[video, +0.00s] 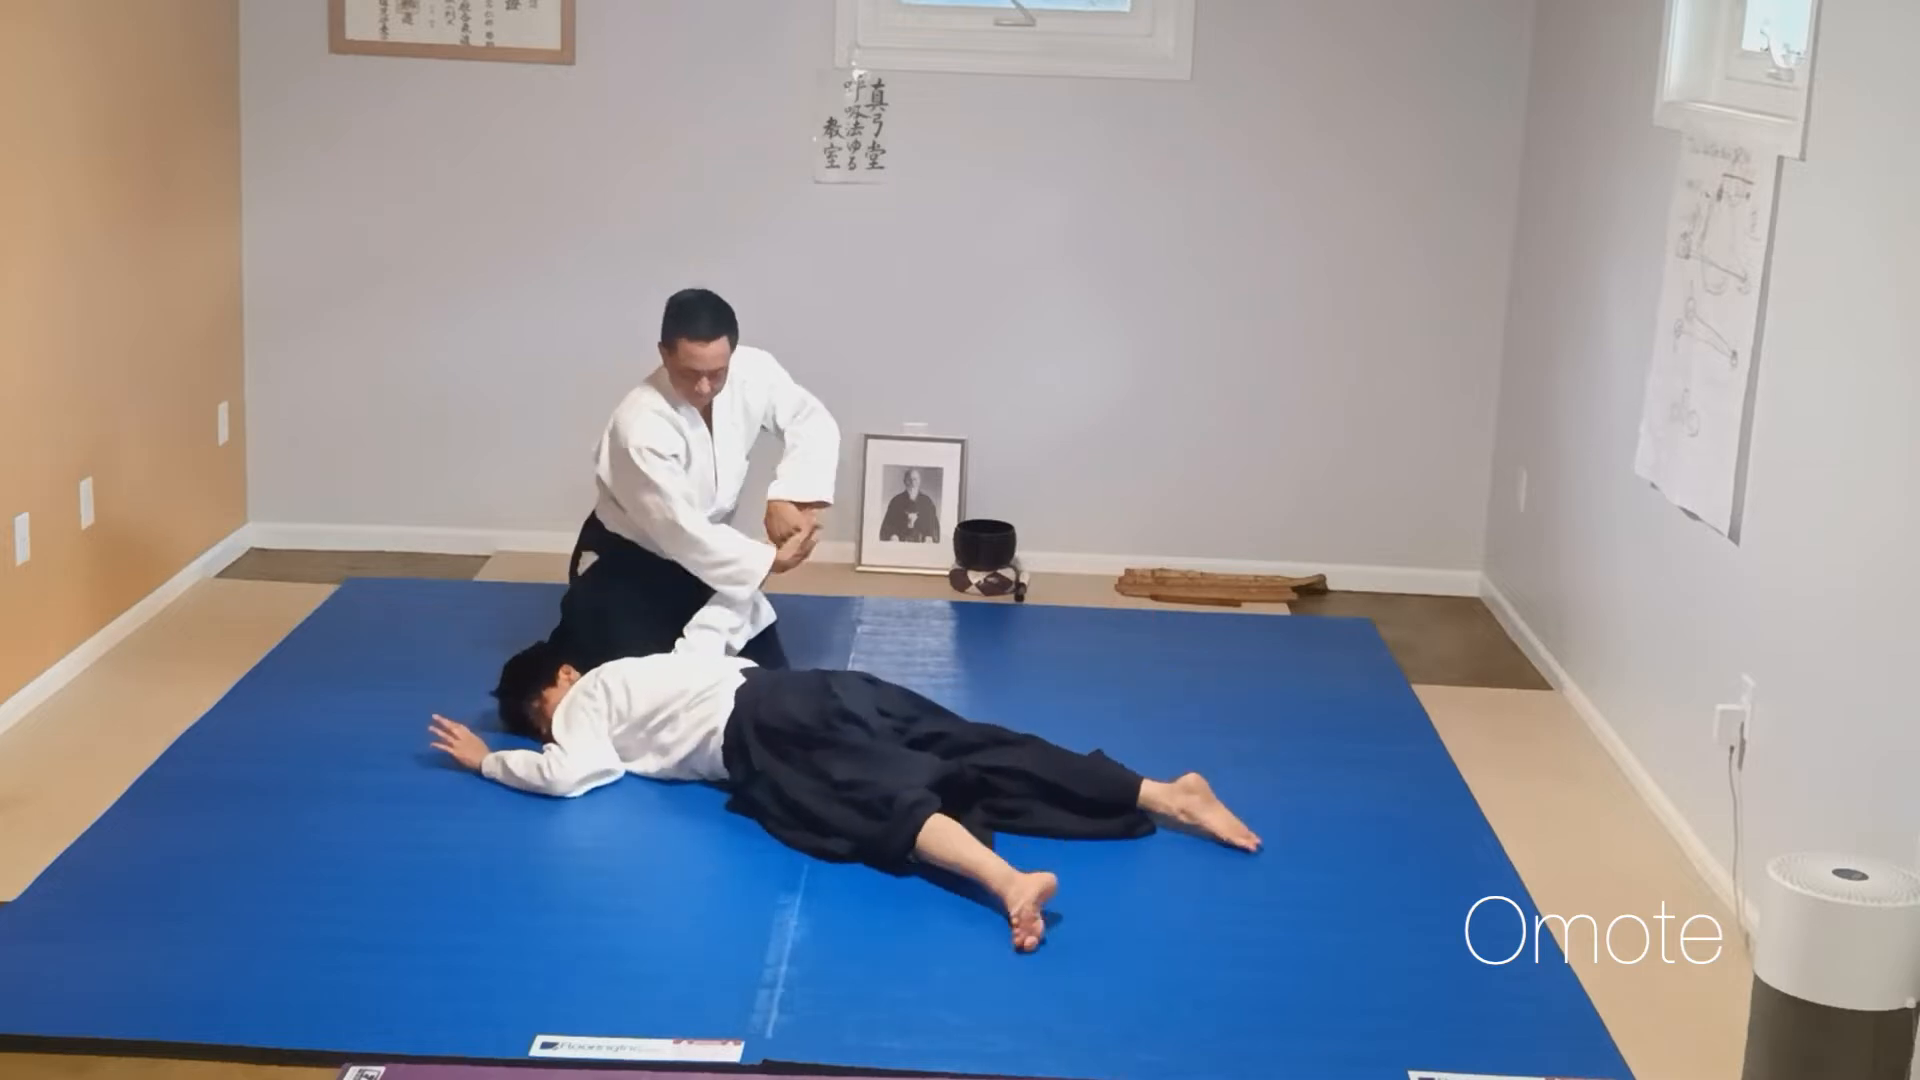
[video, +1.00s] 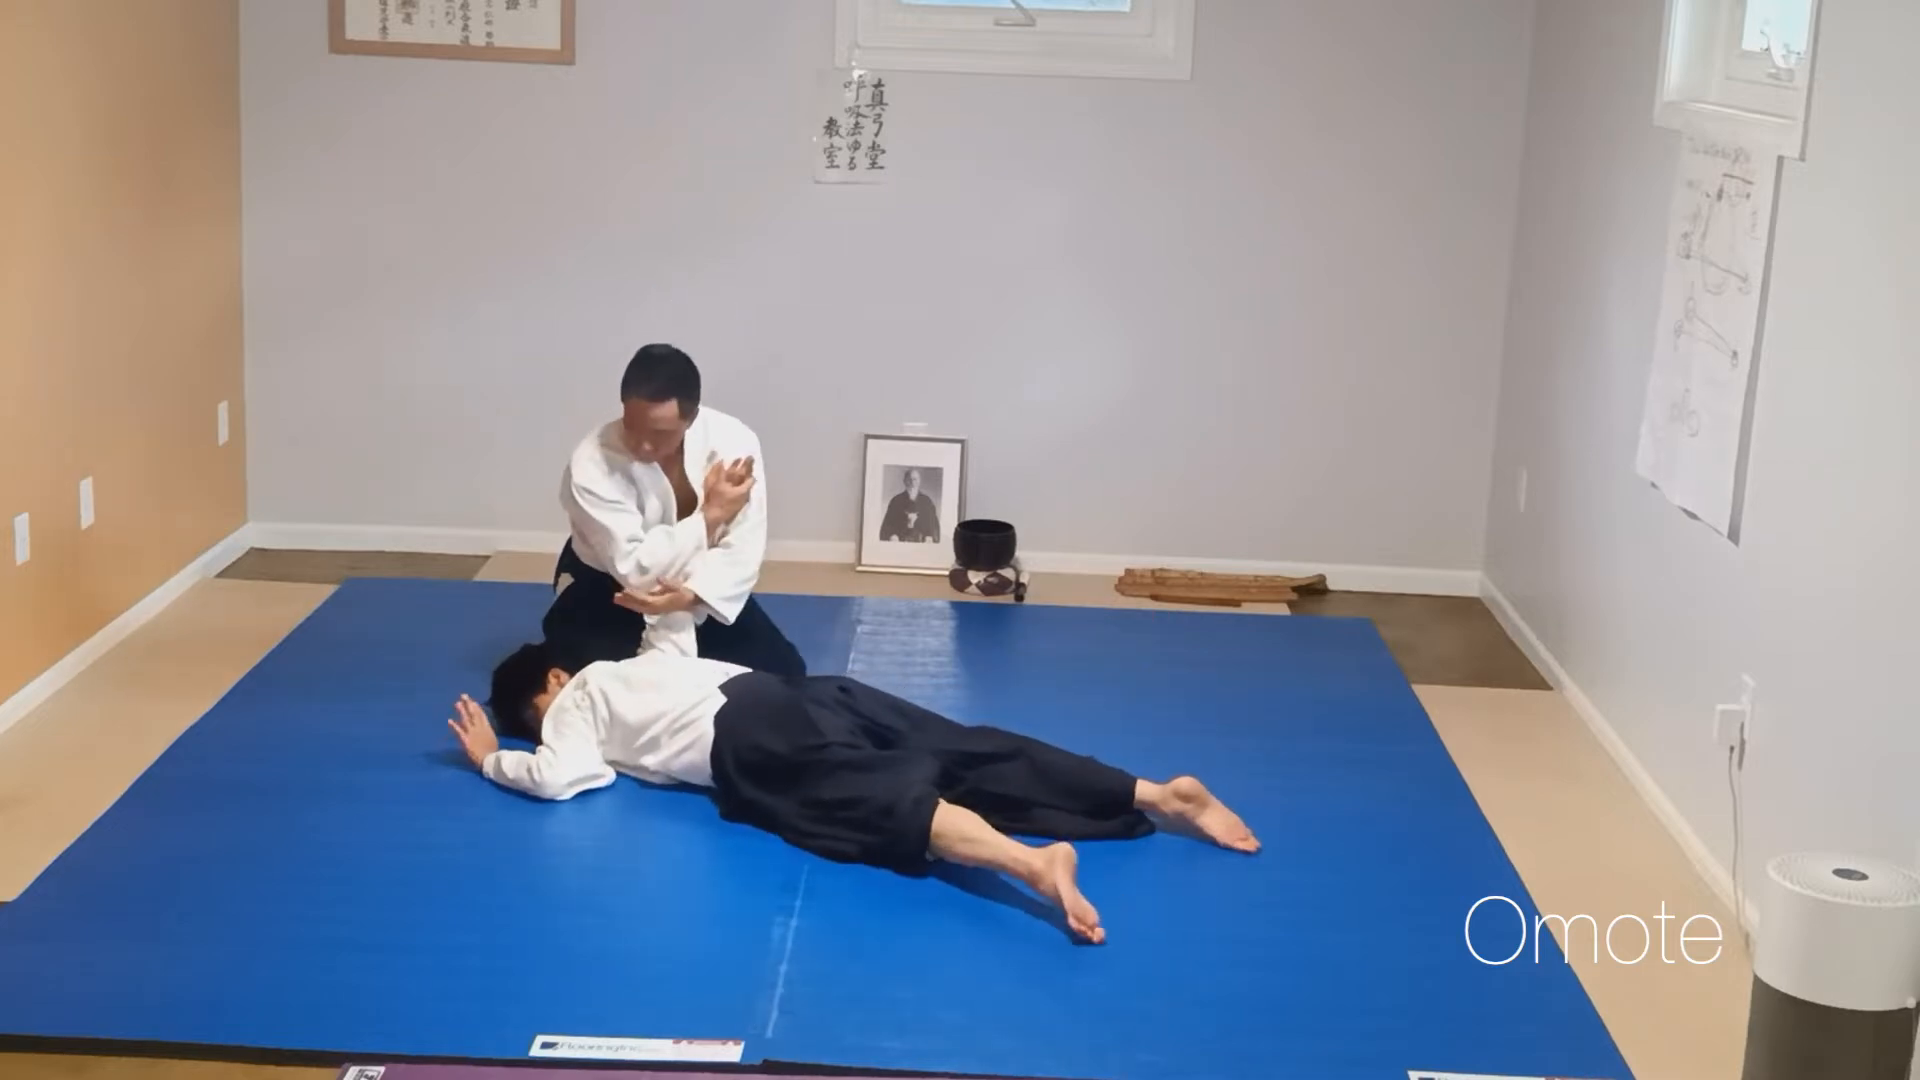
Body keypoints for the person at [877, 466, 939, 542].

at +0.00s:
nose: (912, 482)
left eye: (915, 479)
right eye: (909, 479)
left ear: (919, 481)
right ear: (905, 482)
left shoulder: (926, 501)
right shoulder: (897, 501)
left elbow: (933, 523)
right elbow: (886, 526)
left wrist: (930, 537)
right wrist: (892, 536)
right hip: (899, 544)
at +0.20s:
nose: (912, 482)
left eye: (915, 479)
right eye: (909, 479)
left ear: (919, 481)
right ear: (905, 482)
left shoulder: (926, 501)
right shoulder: (896, 501)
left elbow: (933, 523)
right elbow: (886, 526)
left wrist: (930, 537)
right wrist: (892, 536)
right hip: (899, 544)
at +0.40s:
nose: (912, 482)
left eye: (915, 479)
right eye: (909, 480)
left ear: (919, 481)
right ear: (904, 482)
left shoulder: (926, 501)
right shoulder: (897, 500)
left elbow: (932, 523)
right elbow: (887, 524)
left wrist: (930, 537)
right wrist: (891, 536)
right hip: (899, 543)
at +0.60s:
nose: (912, 482)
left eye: (915, 479)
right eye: (909, 479)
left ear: (919, 481)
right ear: (904, 481)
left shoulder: (926, 501)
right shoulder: (896, 500)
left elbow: (933, 523)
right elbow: (887, 524)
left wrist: (930, 537)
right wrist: (892, 536)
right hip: (899, 543)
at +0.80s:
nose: (912, 482)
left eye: (915, 479)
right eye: (909, 479)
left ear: (919, 481)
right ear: (904, 481)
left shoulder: (926, 501)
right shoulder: (896, 500)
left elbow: (932, 523)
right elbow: (887, 525)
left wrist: (930, 537)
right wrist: (892, 536)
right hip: (899, 543)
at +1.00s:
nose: (912, 482)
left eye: (915, 479)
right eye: (909, 479)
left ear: (919, 481)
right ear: (905, 481)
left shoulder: (926, 501)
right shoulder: (896, 500)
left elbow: (933, 523)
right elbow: (887, 525)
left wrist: (931, 537)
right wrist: (892, 536)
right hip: (899, 543)